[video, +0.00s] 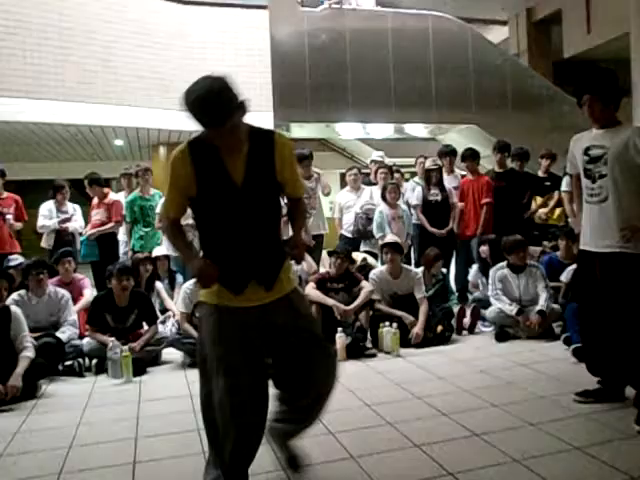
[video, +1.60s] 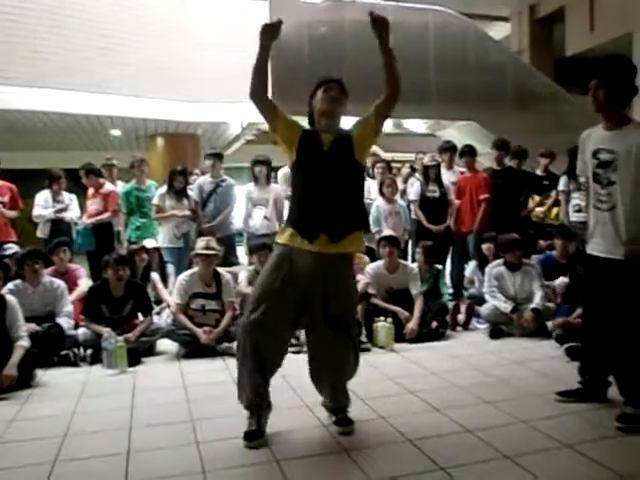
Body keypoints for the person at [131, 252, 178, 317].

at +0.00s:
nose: (147, 268)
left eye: (150, 264)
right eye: (143, 264)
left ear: (152, 267)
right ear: (137, 267)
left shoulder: (156, 285)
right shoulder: (131, 286)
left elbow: (166, 300)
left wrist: (176, 313)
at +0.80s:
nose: (147, 267)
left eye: (148, 263)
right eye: (142, 264)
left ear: (151, 265)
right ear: (136, 267)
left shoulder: (155, 285)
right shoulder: (130, 288)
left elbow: (166, 302)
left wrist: (176, 313)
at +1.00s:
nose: (156, 267)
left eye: (158, 263)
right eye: (152, 264)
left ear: (161, 265)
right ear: (146, 268)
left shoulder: (165, 285)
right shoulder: (141, 288)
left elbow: (177, 302)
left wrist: (187, 314)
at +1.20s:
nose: (158, 260)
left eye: (160, 257)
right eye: (153, 258)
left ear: (163, 259)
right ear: (147, 261)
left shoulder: (167, 279)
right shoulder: (142, 281)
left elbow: (176, 293)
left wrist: (186, 307)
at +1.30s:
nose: (154, 258)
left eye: (156, 254)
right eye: (149, 255)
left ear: (160, 257)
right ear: (144, 259)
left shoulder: (163, 276)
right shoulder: (139, 279)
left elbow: (173, 291)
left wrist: (182, 305)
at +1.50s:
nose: (147, 257)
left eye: (149, 253)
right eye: (143, 254)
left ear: (153, 256)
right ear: (138, 257)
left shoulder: (157, 275)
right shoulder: (132, 276)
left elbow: (166, 290)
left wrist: (177, 304)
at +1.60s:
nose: (143, 257)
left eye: (144, 253)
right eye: (138, 254)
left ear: (148, 256)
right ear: (133, 258)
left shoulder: (152, 276)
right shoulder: (128, 278)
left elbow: (162, 291)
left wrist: (172, 304)